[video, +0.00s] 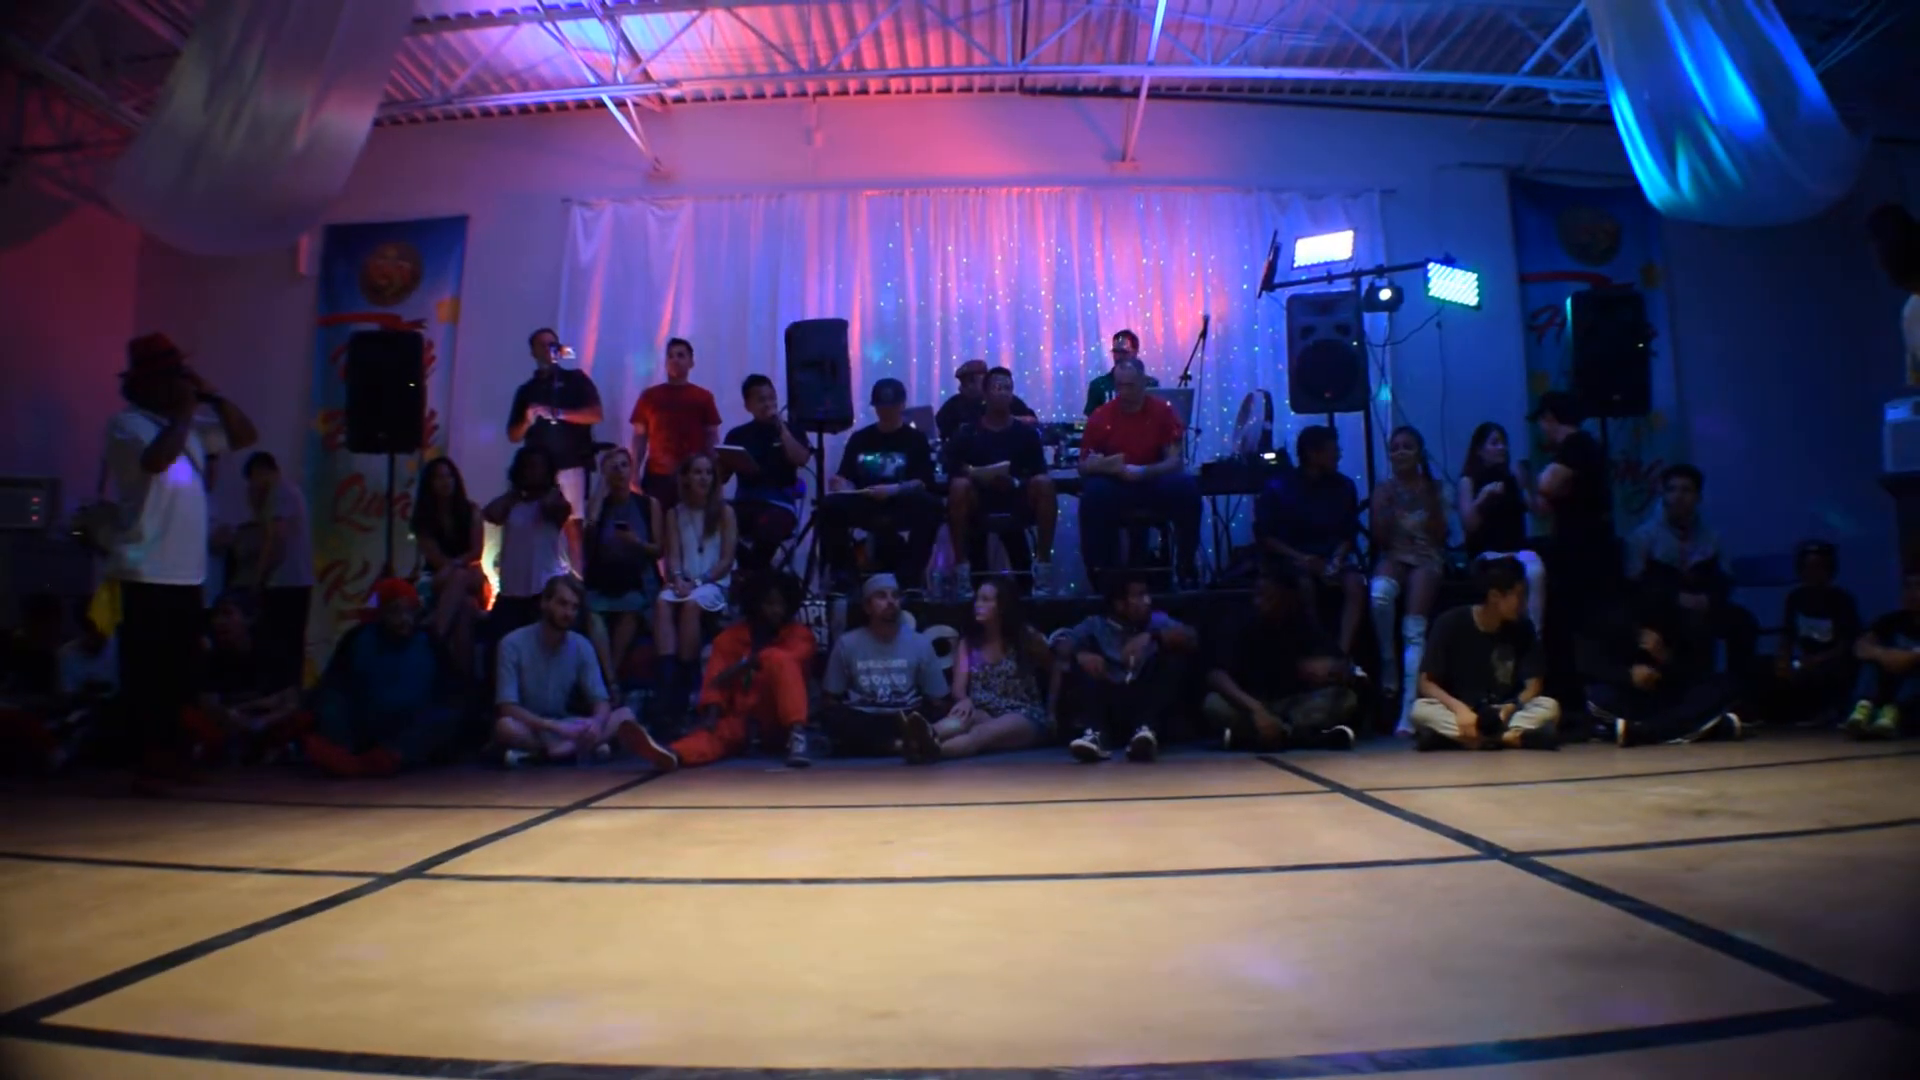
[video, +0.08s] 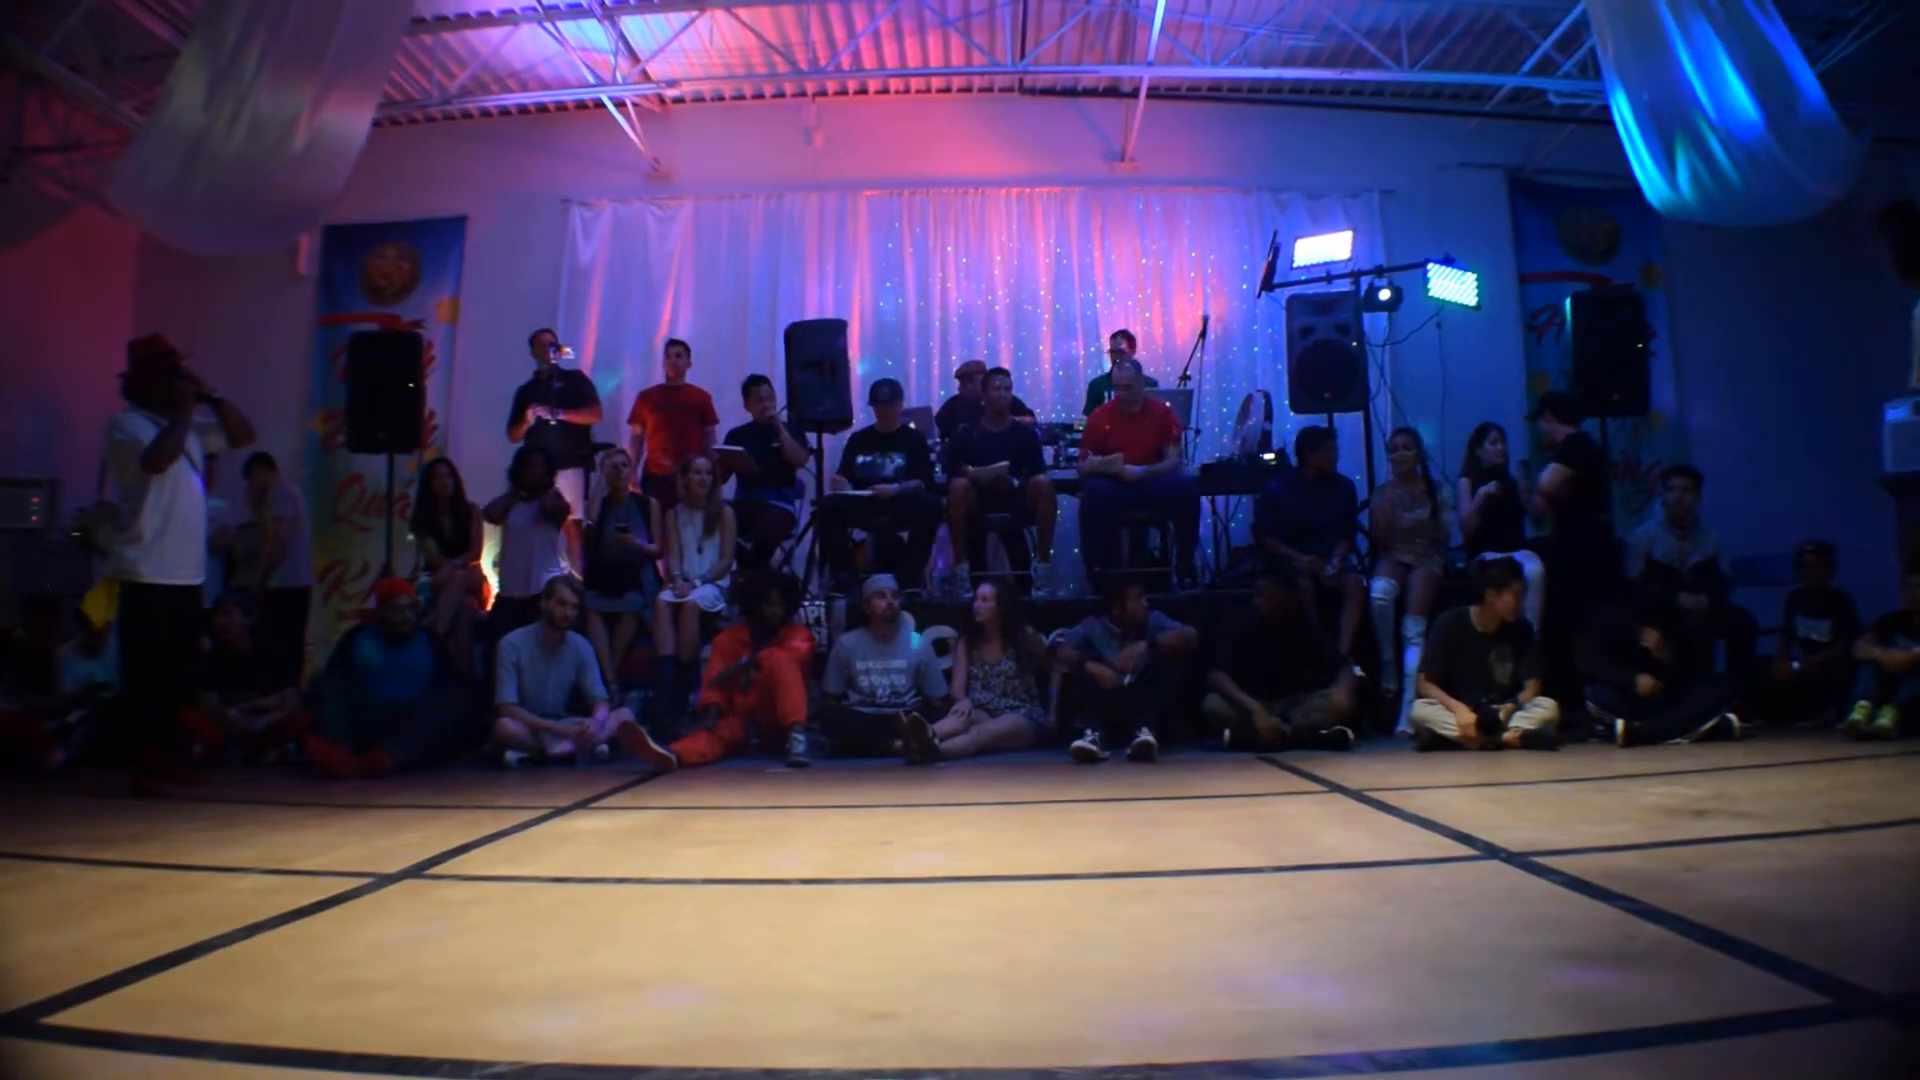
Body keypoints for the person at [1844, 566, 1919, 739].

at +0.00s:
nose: (1912, 595)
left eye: (1915, 588)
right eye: (1909, 588)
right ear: (1903, 591)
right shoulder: (1894, 619)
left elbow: (1909, 657)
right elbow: (1861, 647)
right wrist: (1888, 656)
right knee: (1871, 662)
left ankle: (1892, 711)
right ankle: (1863, 705)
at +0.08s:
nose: (1911, 595)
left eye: (1915, 589)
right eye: (1908, 589)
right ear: (1903, 592)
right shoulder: (1894, 619)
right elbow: (1860, 647)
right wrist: (1885, 656)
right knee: (1870, 663)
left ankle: (1891, 711)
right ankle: (1862, 705)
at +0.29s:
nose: (1913, 595)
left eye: (1916, 589)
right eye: (1909, 589)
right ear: (1903, 592)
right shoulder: (1894, 619)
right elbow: (1857, 648)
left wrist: (1905, 658)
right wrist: (1883, 656)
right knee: (1869, 663)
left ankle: (1891, 712)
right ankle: (1860, 706)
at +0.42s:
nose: (1912, 598)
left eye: (1916, 591)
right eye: (1908, 591)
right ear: (1902, 594)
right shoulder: (1891, 621)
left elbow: (1913, 657)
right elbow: (1858, 648)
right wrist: (1884, 658)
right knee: (1868, 664)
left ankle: (1890, 712)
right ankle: (1860, 707)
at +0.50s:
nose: (1911, 597)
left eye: (1915, 591)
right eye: (1907, 591)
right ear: (1901, 594)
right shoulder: (1891, 620)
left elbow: (1912, 656)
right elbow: (1857, 647)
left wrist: (1902, 659)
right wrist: (1882, 657)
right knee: (1867, 663)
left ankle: (1888, 712)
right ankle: (1859, 707)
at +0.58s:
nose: (1911, 597)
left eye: (1915, 591)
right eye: (1907, 591)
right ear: (1901, 594)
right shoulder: (1889, 621)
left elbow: (1912, 657)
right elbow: (1857, 647)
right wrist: (1884, 658)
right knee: (1867, 664)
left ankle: (1889, 712)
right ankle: (1859, 707)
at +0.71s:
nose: (1911, 598)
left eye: (1915, 591)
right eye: (1907, 591)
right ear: (1901, 594)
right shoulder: (1890, 620)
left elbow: (1912, 658)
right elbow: (1857, 647)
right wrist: (1885, 658)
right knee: (1867, 663)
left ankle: (1889, 712)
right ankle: (1860, 707)